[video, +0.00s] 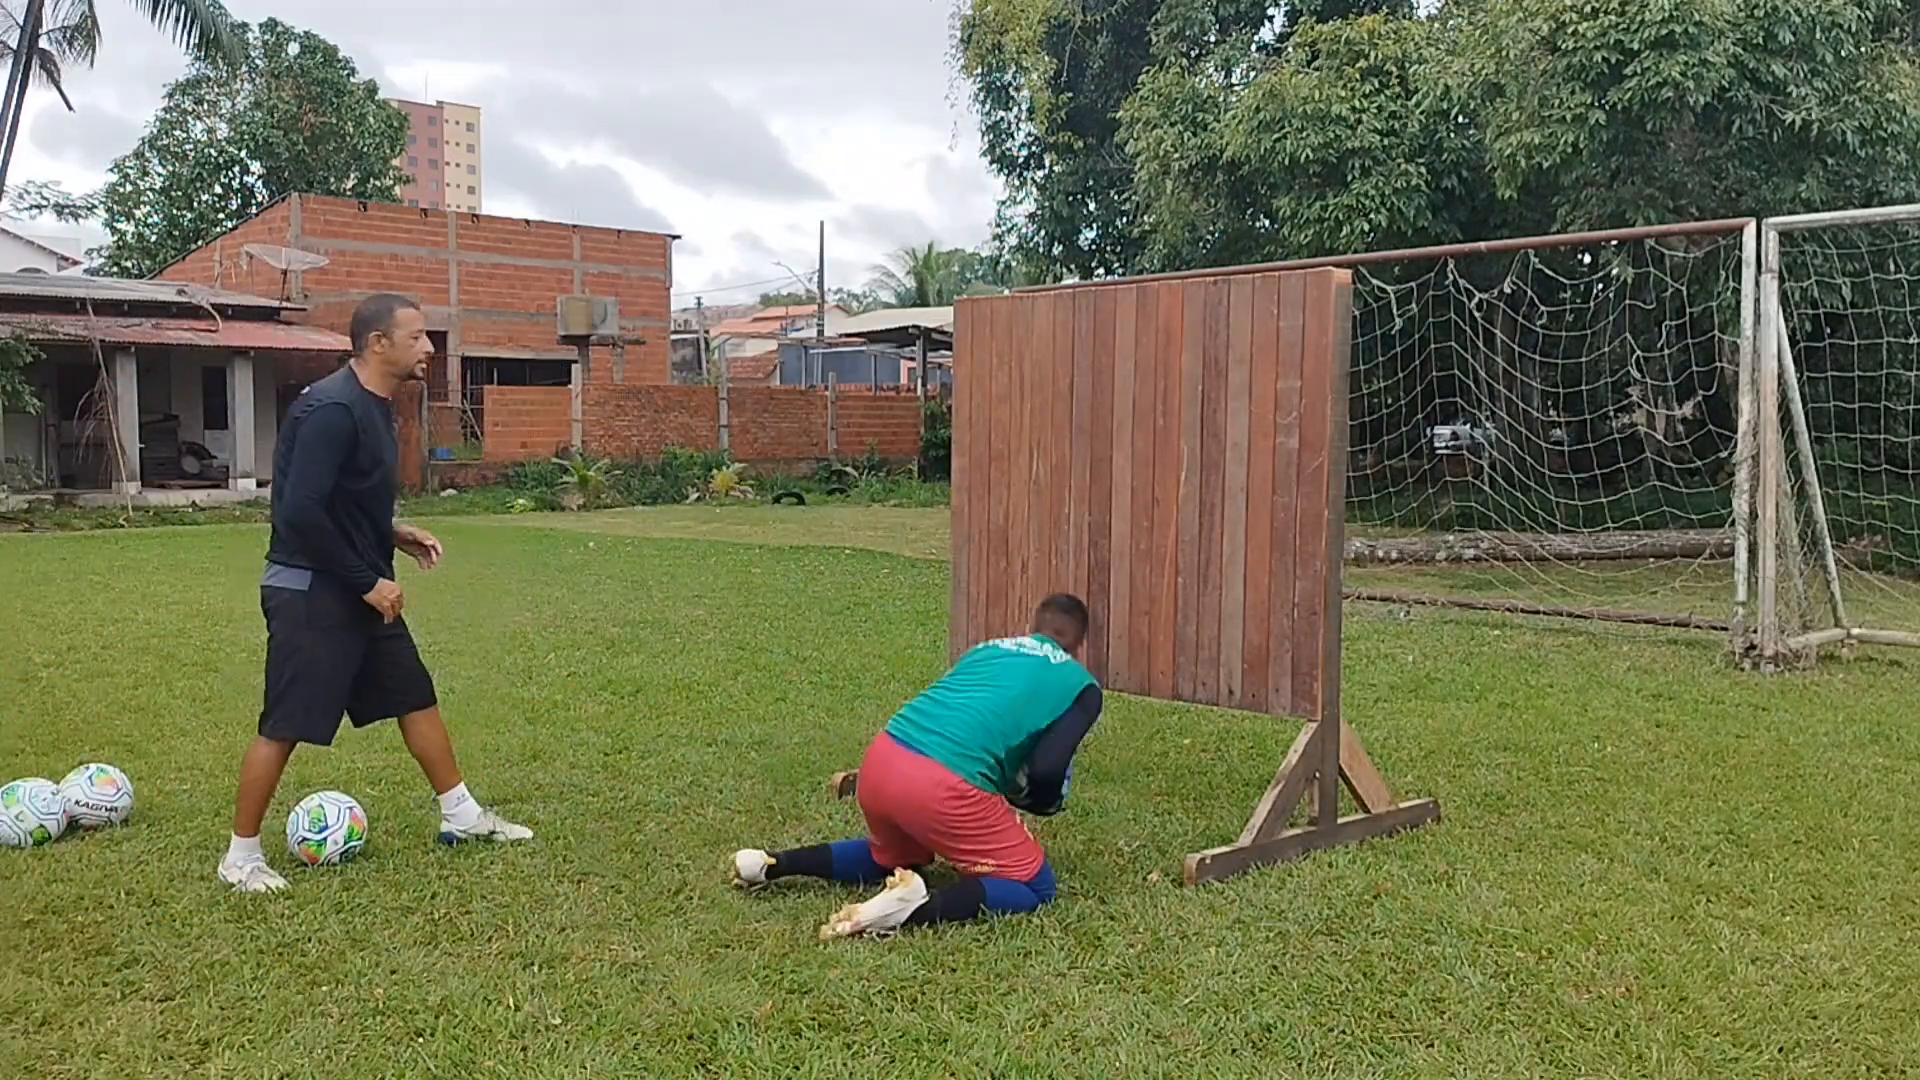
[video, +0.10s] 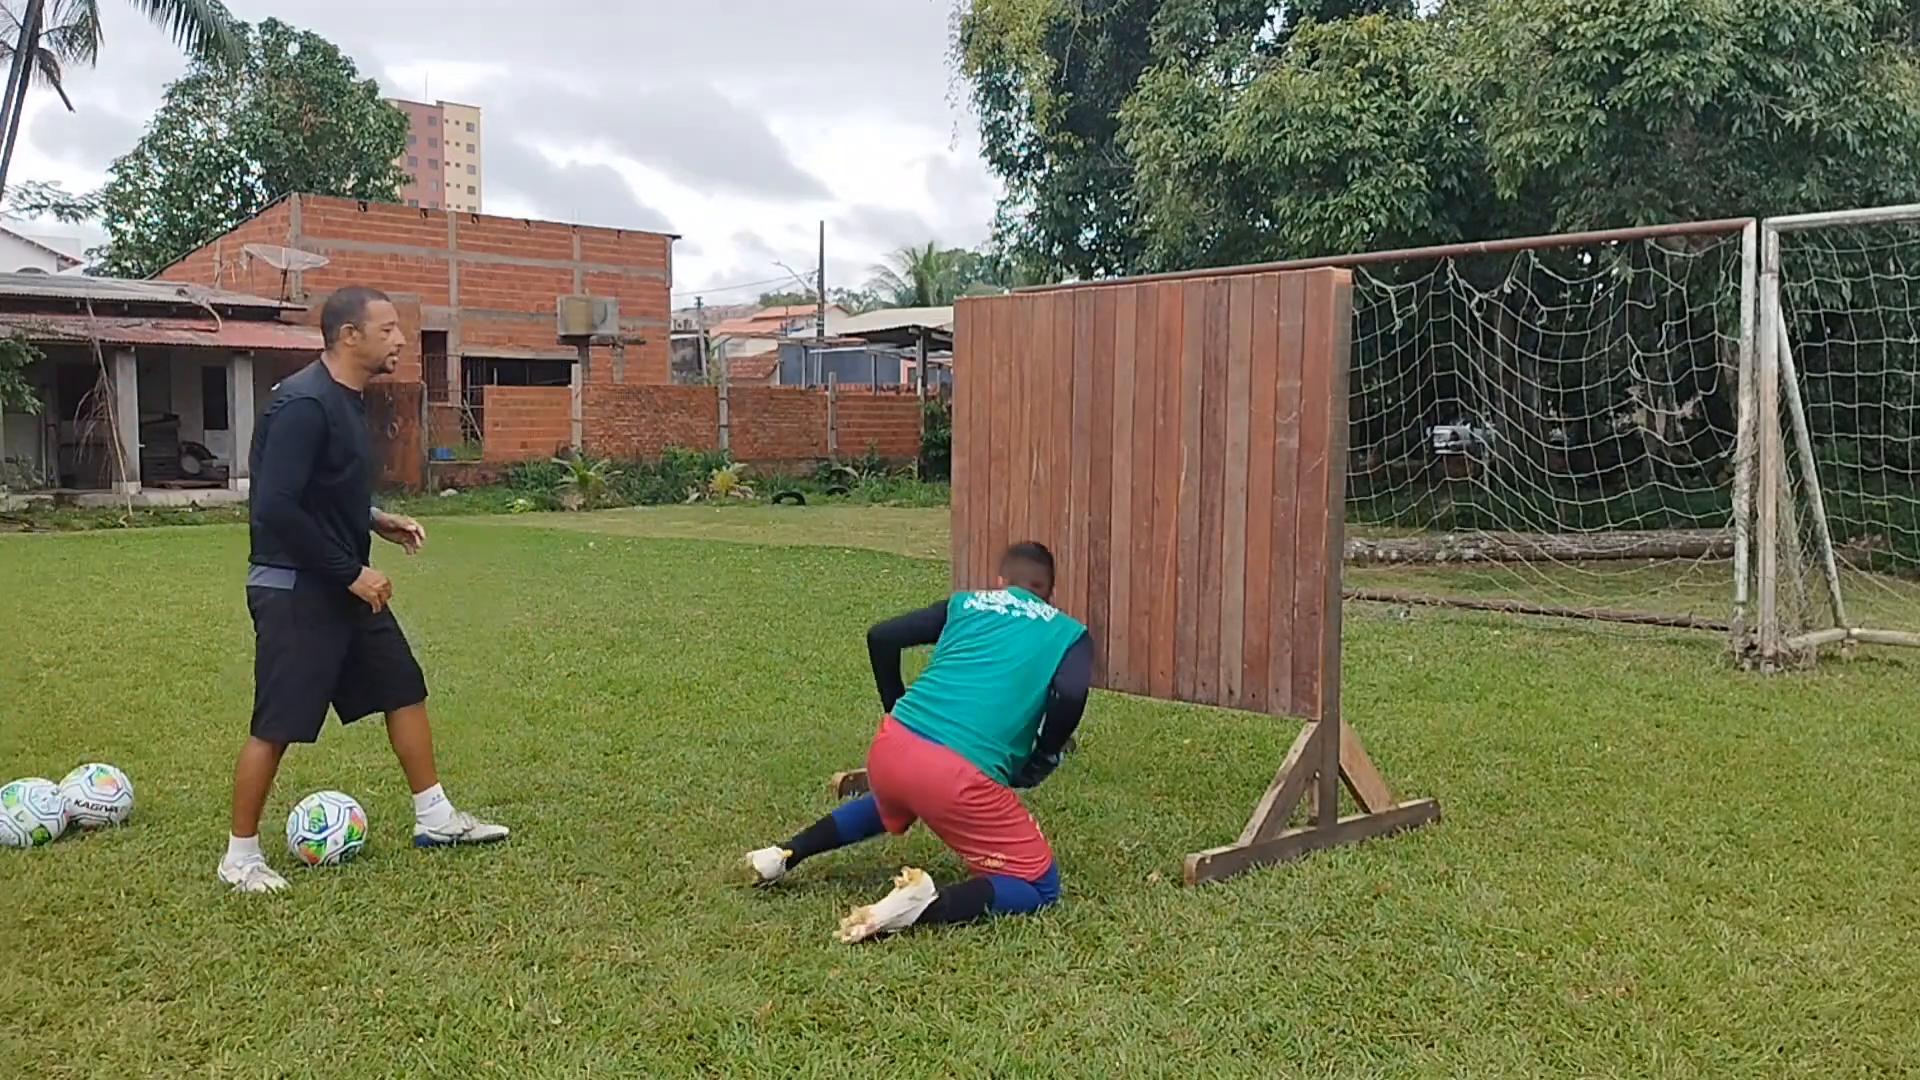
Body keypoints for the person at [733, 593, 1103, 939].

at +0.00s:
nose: (1079, 651)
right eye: (1083, 645)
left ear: (1033, 626)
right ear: (1079, 644)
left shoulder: (988, 649)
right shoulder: (1083, 687)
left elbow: (943, 719)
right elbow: (1045, 769)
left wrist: (871, 775)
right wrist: (1043, 803)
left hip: (881, 759)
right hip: (942, 789)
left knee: (896, 856)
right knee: (1037, 889)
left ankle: (771, 864)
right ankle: (919, 905)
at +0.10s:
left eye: (999, 580)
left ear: (998, 580)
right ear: (1051, 591)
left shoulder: (965, 603)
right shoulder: (1071, 634)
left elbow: (882, 636)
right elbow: (1071, 693)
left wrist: (897, 709)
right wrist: (1045, 757)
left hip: (892, 749)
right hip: (959, 781)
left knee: (887, 806)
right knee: (1039, 888)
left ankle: (784, 855)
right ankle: (926, 904)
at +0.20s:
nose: (949, 551)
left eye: (948, 546)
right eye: (950, 548)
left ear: (954, 545)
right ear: (1006, 550)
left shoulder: (930, 574)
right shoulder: (1042, 598)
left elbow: (853, 618)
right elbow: (1055, 682)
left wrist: (896, 679)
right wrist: (1011, 716)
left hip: (896, 747)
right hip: (972, 773)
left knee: (897, 713)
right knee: (1042, 884)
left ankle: (855, 845)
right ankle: (947, 901)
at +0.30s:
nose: (900, 527)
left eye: (901, 521)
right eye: (901, 522)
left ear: (912, 520)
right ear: (960, 522)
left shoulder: (889, 552)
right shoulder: (1000, 567)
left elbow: (824, 622)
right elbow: (1015, 671)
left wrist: (874, 680)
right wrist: (962, 655)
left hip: (903, 745)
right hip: (982, 759)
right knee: (1024, 879)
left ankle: (928, 851)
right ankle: (975, 920)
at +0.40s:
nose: (865, 514)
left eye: (864, 507)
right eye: (865, 508)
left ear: (876, 503)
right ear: (928, 503)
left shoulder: (858, 540)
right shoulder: (964, 540)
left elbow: (820, 634)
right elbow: (957, 620)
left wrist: (880, 668)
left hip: (896, 730)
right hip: (971, 737)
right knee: (994, 856)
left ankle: (935, 849)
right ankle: (967, 913)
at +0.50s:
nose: (841, 481)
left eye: (841, 473)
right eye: (842, 474)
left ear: (852, 472)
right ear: (902, 469)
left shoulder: (831, 516)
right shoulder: (943, 509)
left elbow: (813, 621)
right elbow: (972, 612)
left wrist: (867, 647)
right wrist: (911, 623)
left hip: (872, 702)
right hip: (944, 704)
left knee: (926, 739)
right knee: (996, 817)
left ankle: (935, 847)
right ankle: (946, 866)